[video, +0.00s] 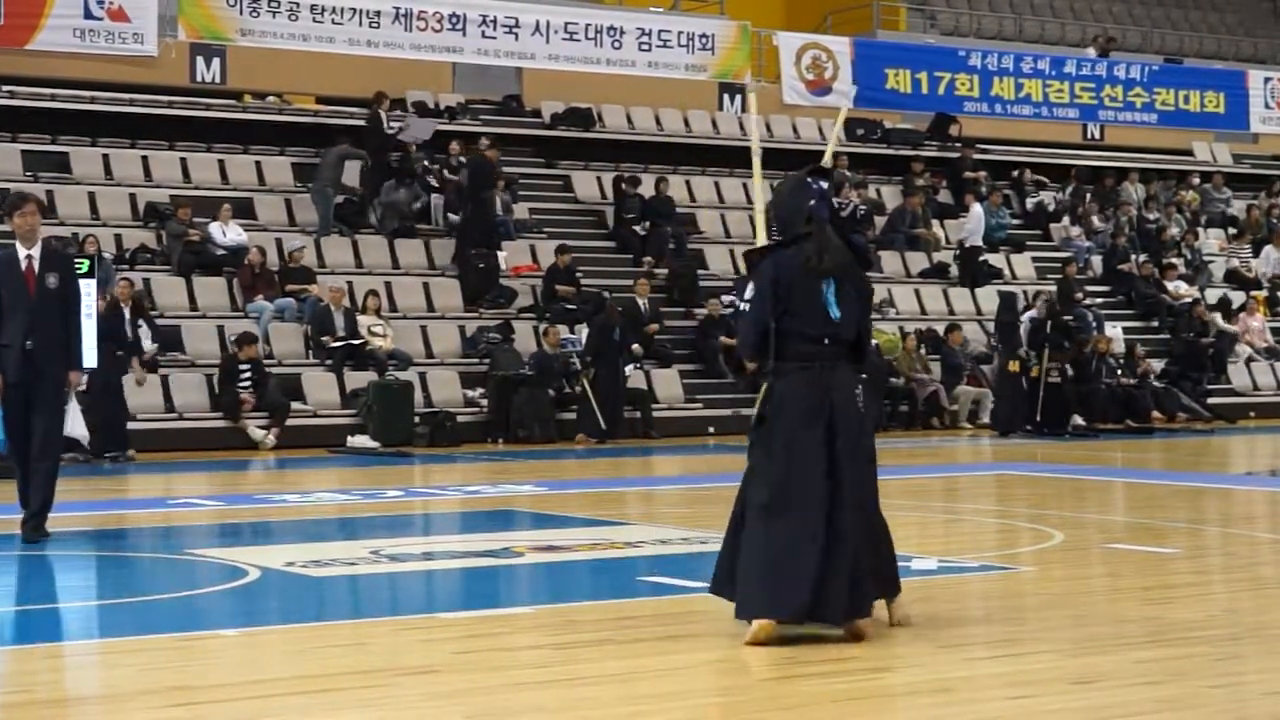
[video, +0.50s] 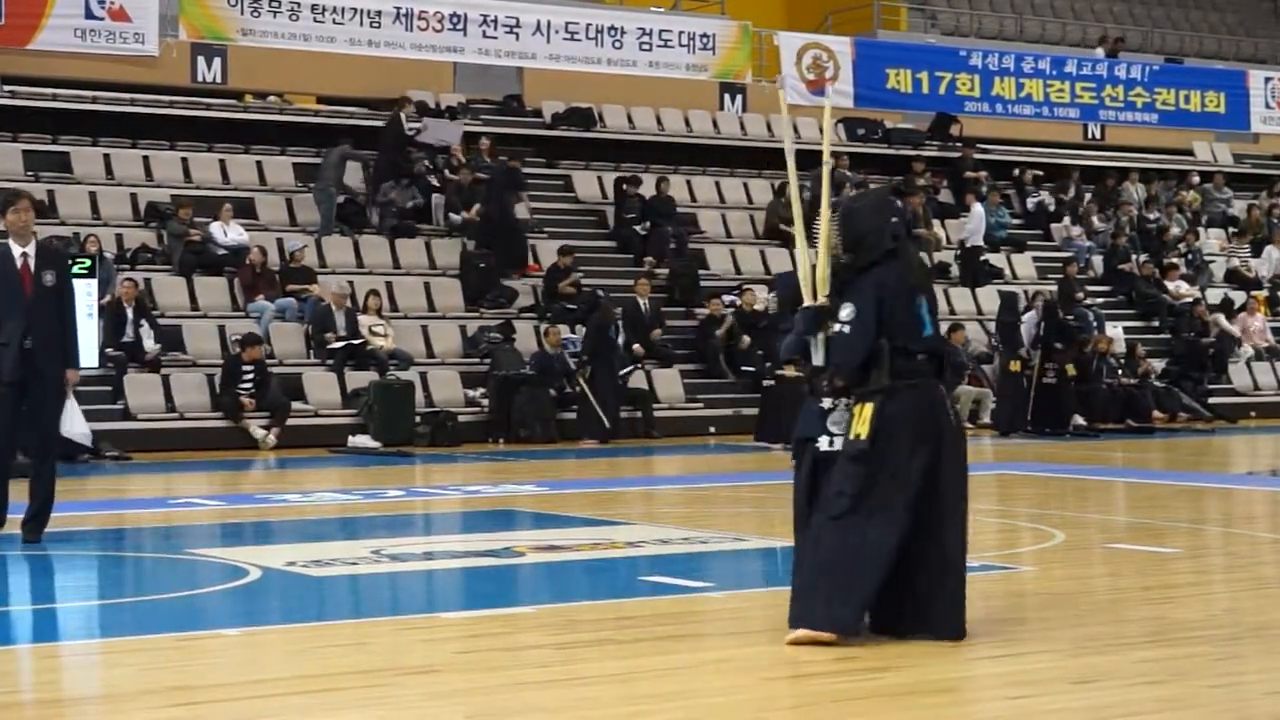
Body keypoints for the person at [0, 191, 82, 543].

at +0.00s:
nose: (29, 220)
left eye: (33, 214)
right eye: (22, 215)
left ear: (42, 218)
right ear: (10, 222)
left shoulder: (60, 258)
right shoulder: (3, 262)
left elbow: (72, 315)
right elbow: (0, 316)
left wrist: (75, 364)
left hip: (50, 363)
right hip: (11, 366)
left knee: (46, 440)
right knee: (18, 440)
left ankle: (36, 519)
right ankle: (31, 509)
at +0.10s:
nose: (28, 219)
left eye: (33, 213)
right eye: (21, 214)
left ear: (40, 217)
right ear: (9, 221)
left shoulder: (60, 258)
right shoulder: (3, 261)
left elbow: (71, 315)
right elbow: (2, 313)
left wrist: (74, 363)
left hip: (50, 363)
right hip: (11, 365)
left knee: (46, 441)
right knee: (17, 440)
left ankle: (36, 519)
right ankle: (30, 510)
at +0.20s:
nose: (28, 219)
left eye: (32, 213)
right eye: (21, 214)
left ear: (40, 217)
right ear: (9, 221)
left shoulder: (59, 258)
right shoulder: (2, 260)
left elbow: (71, 315)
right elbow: (2, 312)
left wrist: (74, 363)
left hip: (49, 364)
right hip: (9, 365)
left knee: (45, 443)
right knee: (11, 442)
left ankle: (36, 521)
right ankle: (27, 510)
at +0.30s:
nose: (26, 218)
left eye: (30, 212)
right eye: (19, 214)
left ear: (38, 217)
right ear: (8, 221)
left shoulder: (58, 258)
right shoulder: (2, 259)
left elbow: (70, 314)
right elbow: (2, 311)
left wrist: (73, 362)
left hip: (49, 364)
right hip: (9, 365)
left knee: (45, 445)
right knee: (7, 446)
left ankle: (35, 523)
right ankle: (16, 516)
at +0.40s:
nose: (26, 217)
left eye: (30, 211)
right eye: (18, 212)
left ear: (38, 216)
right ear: (6, 220)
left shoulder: (57, 259)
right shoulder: (1, 258)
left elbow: (68, 315)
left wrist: (72, 362)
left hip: (47, 364)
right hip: (7, 365)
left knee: (44, 446)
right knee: (4, 446)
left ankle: (35, 525)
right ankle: (3, 518)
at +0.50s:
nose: (23, 216)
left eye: (28, 211)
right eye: (16, 212)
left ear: (35, 216)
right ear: (4, 219)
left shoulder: (54, 257)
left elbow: (67, 313)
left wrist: (72, 362)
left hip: (46, 364)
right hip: (6, 365)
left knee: (44, 446)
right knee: (3, 445)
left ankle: (34, 525)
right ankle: (1, 513)